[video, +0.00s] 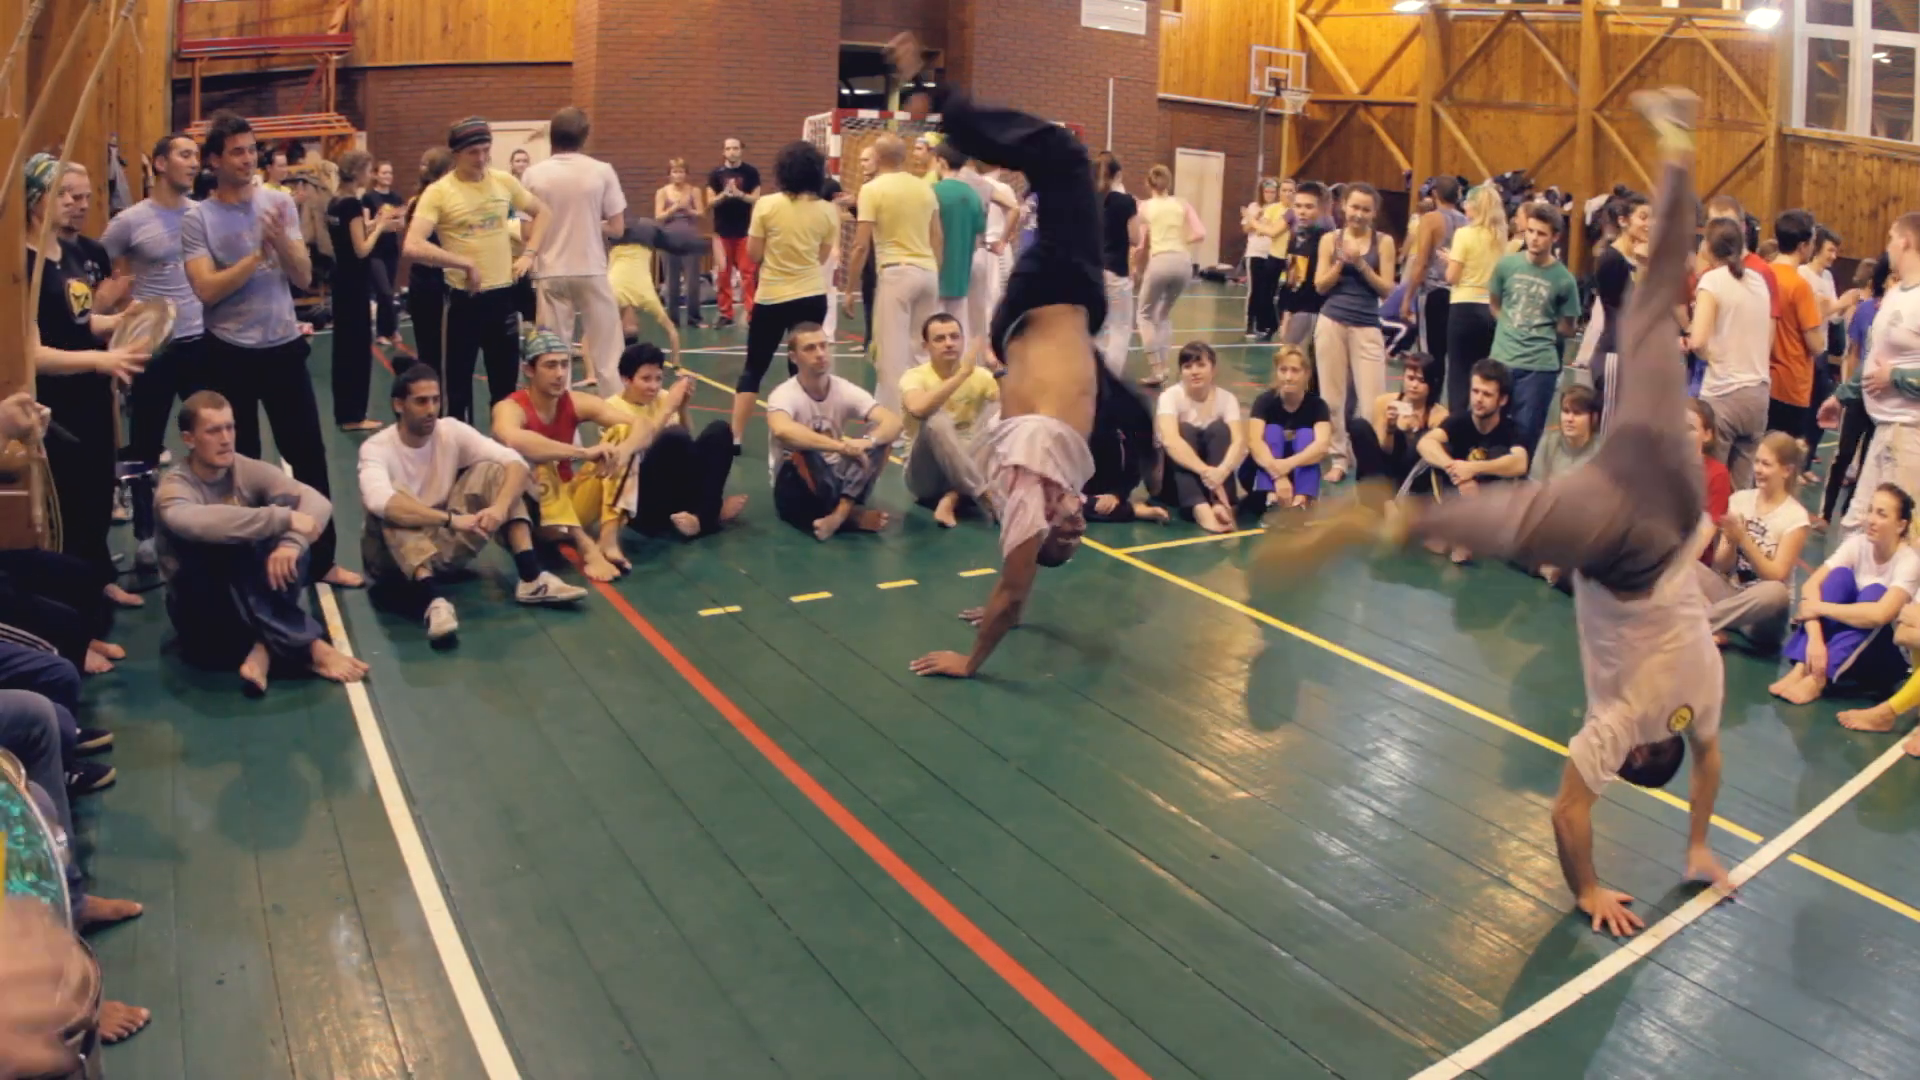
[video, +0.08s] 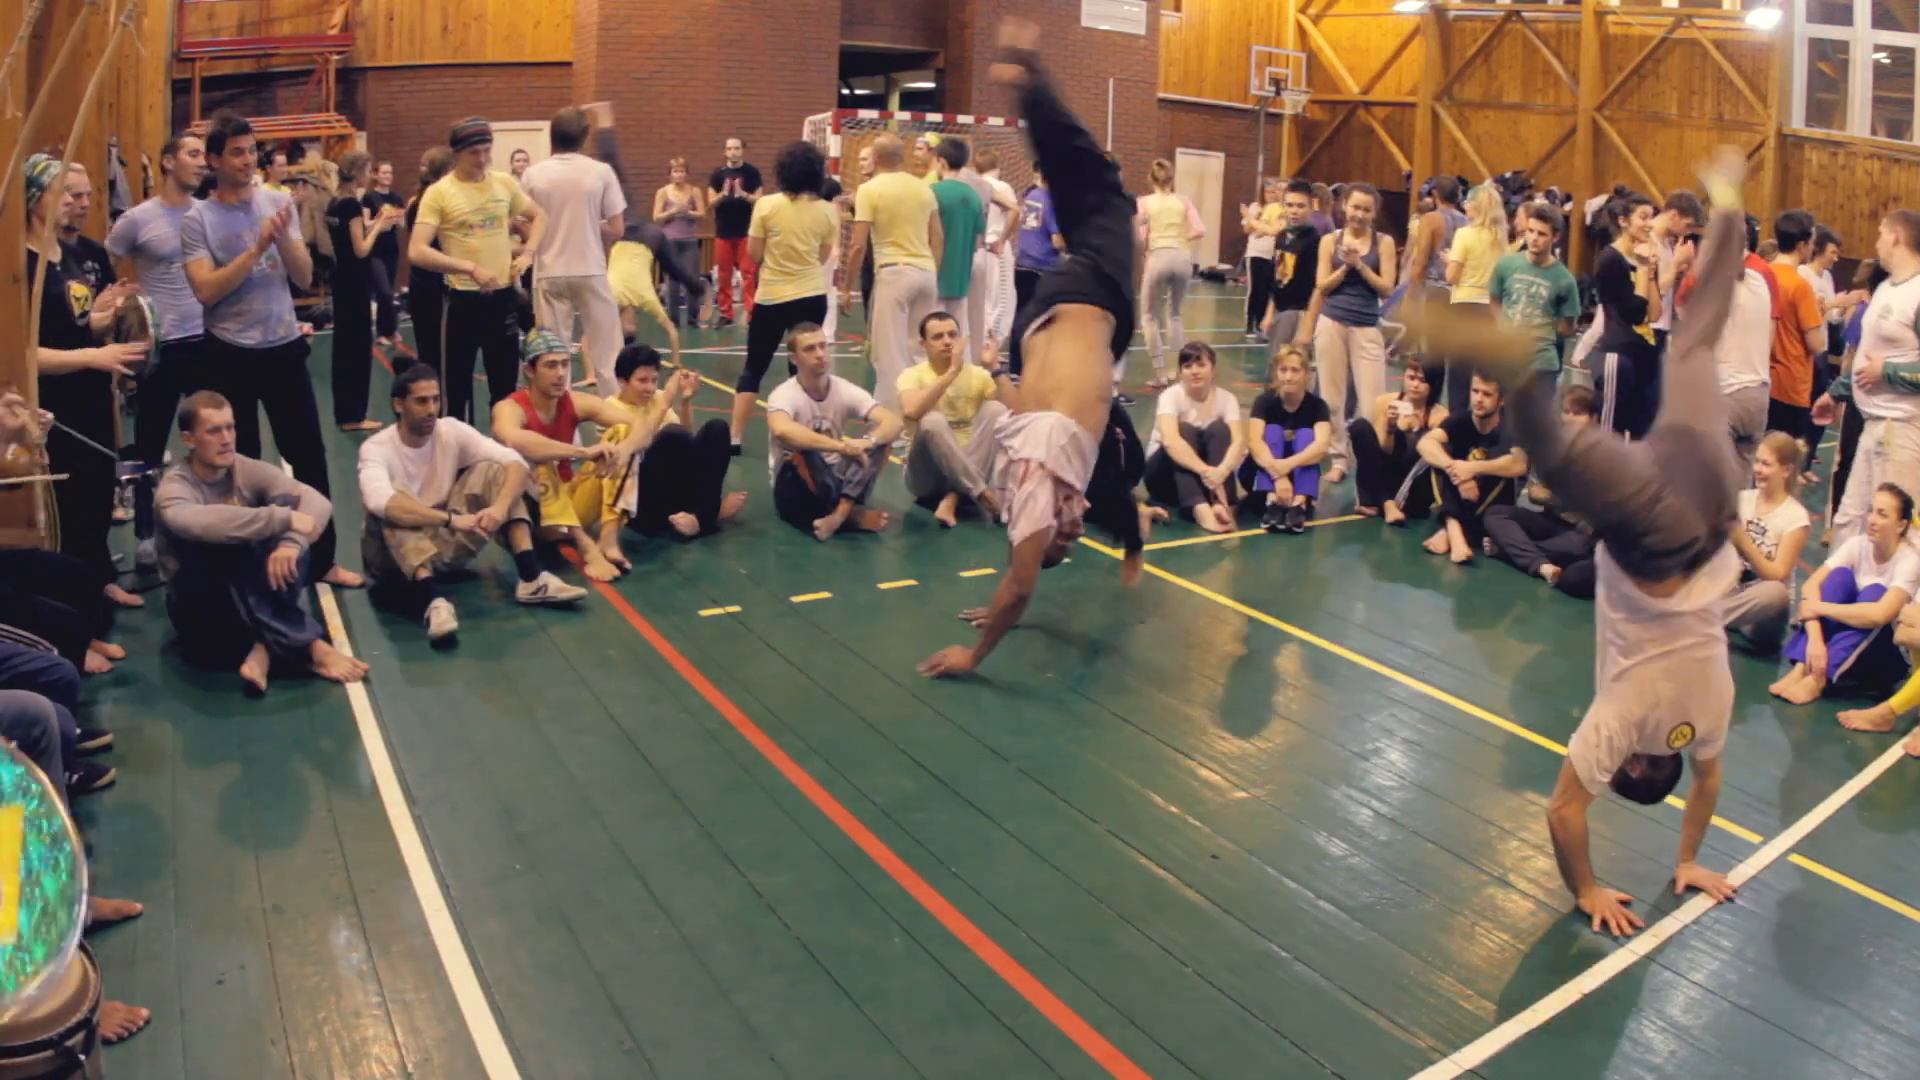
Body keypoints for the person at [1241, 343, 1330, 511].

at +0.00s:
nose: (1288, 377)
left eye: (1295, 371)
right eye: (1283, 370)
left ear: (1307, 375)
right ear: (1276, 373)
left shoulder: (1317, 405)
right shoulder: (1264, 401)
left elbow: (1322, 446)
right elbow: (1254, 442)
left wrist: (1286, 465)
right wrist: (1279, 476)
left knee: (1305, 434)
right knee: (1273, 431)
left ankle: (1302, 495)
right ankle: (1270, 493)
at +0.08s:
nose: (1288, 376)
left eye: (1295, 371)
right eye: (1283, 370)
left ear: (1306, 375)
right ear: (1275, 374)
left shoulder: (1317, 405)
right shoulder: (1264, 402)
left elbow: (1322, 446)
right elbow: (1254, 442)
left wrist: (1285, 465)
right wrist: (1279, 477)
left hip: (1299, 480)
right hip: (1263, 477)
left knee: (1306, 434)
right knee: (1273, 430)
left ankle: (1300, 500)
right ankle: (1272, 499)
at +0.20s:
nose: (1288, 376)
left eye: (1295, 370)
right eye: (1283, 369)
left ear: (1307, 374)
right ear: (1275, 373)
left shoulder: (1317, 405)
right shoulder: (1264, 402)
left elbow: (1322, 446)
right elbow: (1254, 441)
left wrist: (1286, 465)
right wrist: (1279, 477)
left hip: (1300, 481)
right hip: (1263, 477)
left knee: (1306, 434)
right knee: (1273, 430)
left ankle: (1300, 499)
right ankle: (1273, 499)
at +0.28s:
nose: (1288, 375)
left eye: (1295, 369)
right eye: (1283, 369)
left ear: (1307, 374)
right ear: (1275, 372)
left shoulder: (1316, 404)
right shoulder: (1264, 403)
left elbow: (1322, 445)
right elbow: (1255, 448)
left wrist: (1286, 463)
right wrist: (1280, 477)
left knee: (1305, 434)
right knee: (1272, 431)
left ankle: (1300, 499)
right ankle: (1273, 498)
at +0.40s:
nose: (1288, 373)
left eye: (1295, 367)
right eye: (1283, 367)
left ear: (1307, 372)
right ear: (1276, 371)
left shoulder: (1316, 404)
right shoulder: (1265, 401)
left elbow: (1322, 443)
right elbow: (1255, 441)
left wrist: (1287, 462)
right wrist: (1280, 474)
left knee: (1305, 433)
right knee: (1273, 431)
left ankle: (1300, 498)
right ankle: (1273, 496)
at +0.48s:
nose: (1288, 373)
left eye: (1295, 367)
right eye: (1283, 366)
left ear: (1306, 372)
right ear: (1275, 370)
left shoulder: (1316, 403)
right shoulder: (1263, 400)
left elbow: (1323, 442)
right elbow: (1255, 439)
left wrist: (1288, 461)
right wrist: (1280, 474)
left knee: (1306, 433)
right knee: (1272, 430)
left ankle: (1301, 497)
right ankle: (1273, 495)